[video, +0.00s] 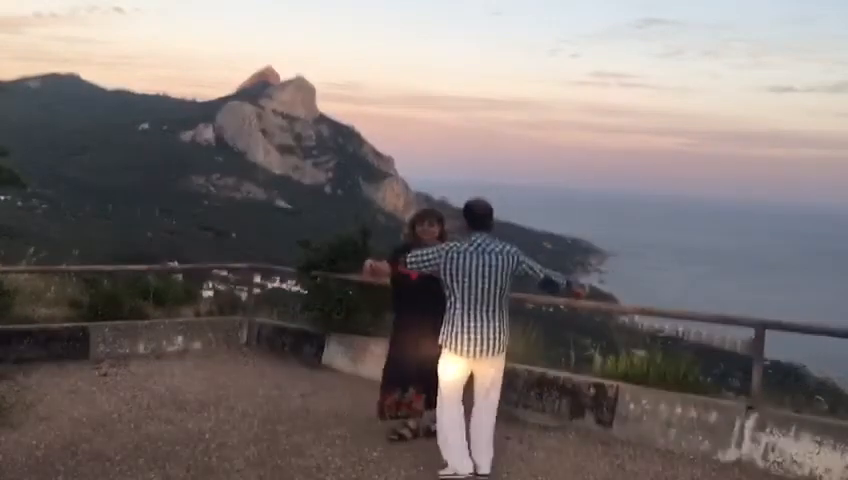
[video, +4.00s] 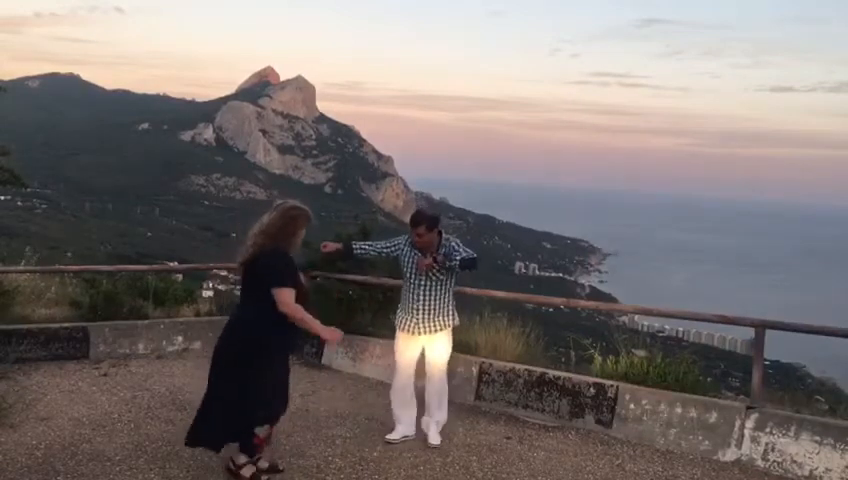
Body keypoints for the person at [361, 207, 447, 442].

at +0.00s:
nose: (428, 229)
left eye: (432, 224)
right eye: (423, 225)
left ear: (441, 229)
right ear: (414, 228)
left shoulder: (446, 254)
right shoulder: (403, 253)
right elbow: (390, 267)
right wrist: (377, 268)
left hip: (436, 318)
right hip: (407, 317)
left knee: (431, 367)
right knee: (405, 364)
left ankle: (428, 417)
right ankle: (407, 418)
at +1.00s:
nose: (360, 226)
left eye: (366, 222)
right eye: (357, 222)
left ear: (378, 227)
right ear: (352, 225)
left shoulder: (385, 253)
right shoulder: (345, 252)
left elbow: (384, 274)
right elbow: (325, 270)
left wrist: (371, 284)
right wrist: (297, 282)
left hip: (375, 324)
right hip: (347, 320)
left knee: (368, 370)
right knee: (348, 367)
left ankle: (360, 423)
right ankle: (364, 416)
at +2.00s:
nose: (291, 224)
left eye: (294, 220)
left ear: (298, 224)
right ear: (331, 227)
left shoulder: (289, 251)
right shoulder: (336, 257)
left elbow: (256, 269)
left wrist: (221, 273)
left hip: (294, 325)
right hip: (330, 327)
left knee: (288, 379)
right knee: (325, 375)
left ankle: (290, 440)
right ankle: (327, 426)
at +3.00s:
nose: (293, 228)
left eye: (292, 222)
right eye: (291, 223)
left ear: (258, 222)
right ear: (285, 224)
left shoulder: (244, 252)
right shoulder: (286, 255)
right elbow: (310, 295)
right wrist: (341, 304)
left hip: (237, 333)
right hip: (273, 336)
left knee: (239, 390)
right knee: (285, 387)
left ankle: (232, 454)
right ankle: (280, 448)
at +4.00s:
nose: (302, 236)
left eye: (304, 231)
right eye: (302, 230)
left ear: (274, 224)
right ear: (292, 230)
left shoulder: (260, 255)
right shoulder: (278, 260)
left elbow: (262, 302)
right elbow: (287, 305)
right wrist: (322, 330)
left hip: (248, 338)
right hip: (263, 344)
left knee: (263, 398)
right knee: (270, 402)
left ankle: (258, 457)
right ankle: (243, 458)